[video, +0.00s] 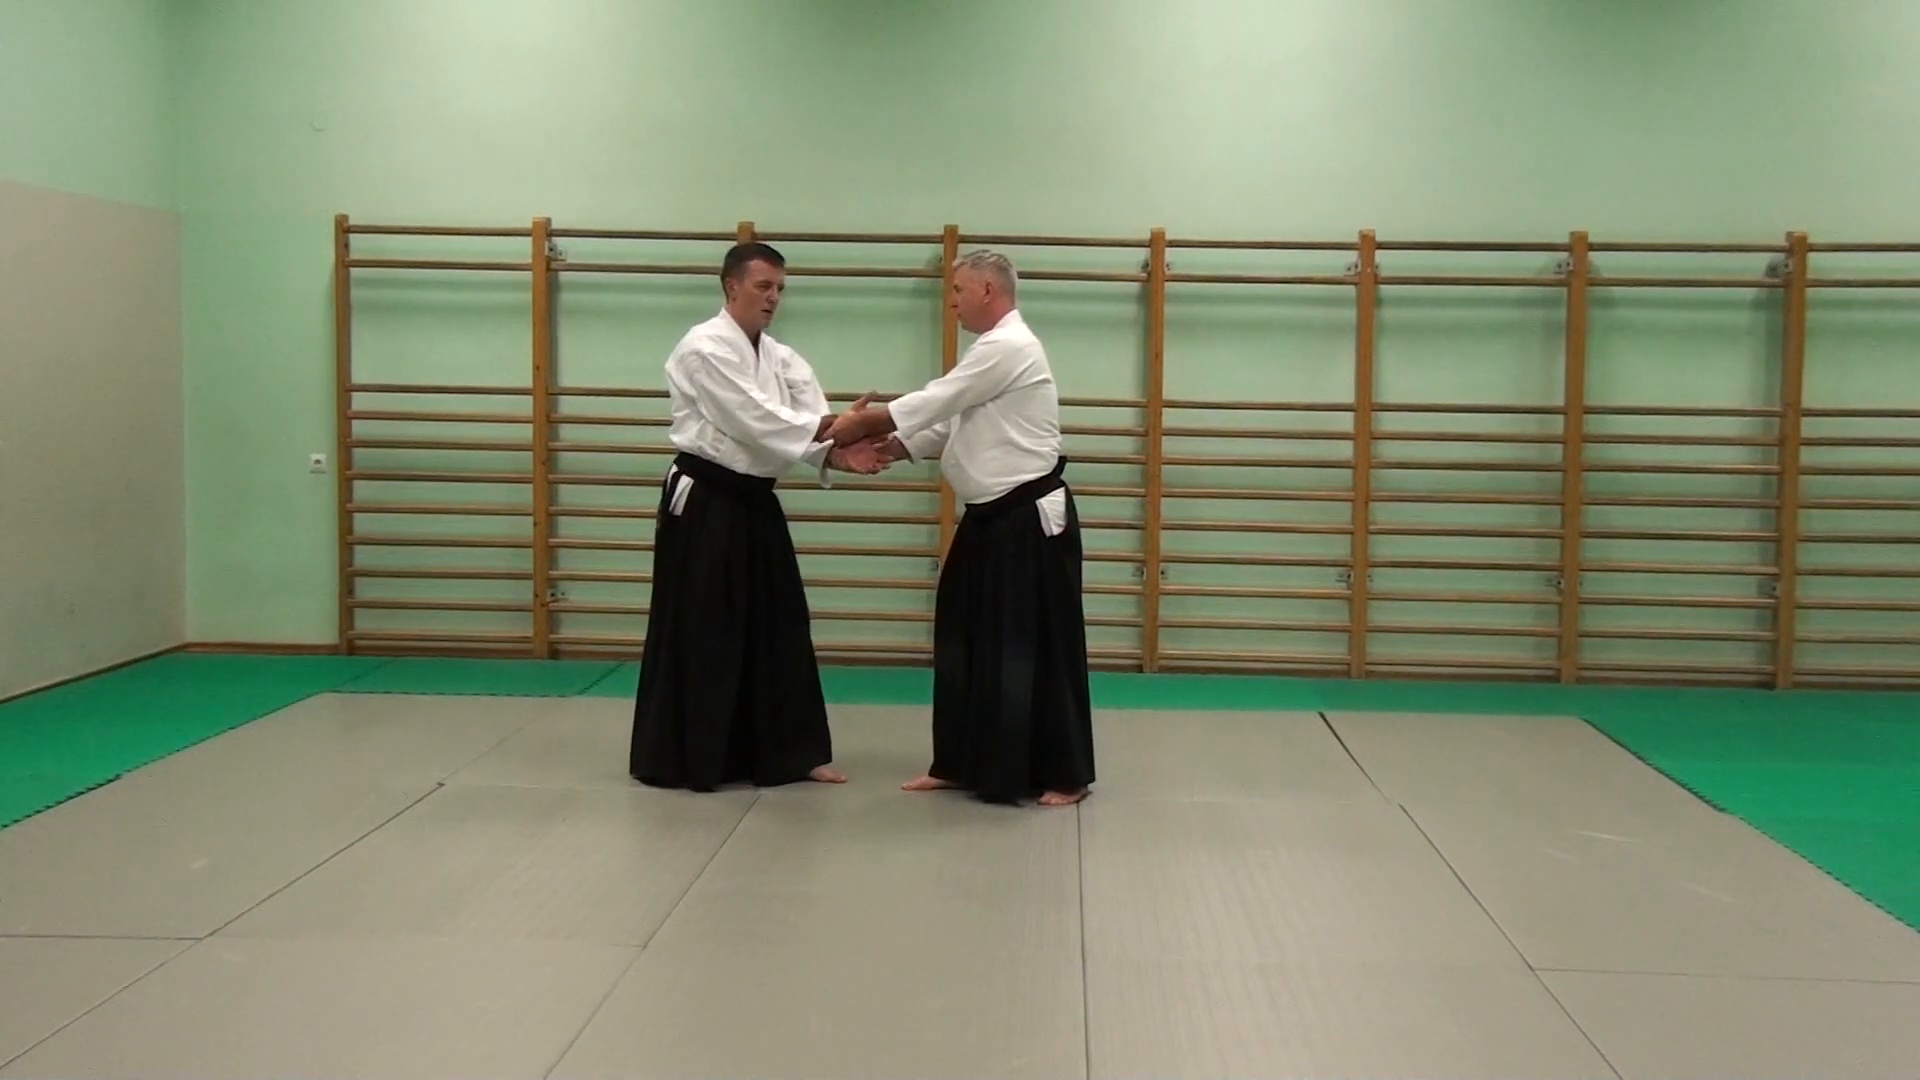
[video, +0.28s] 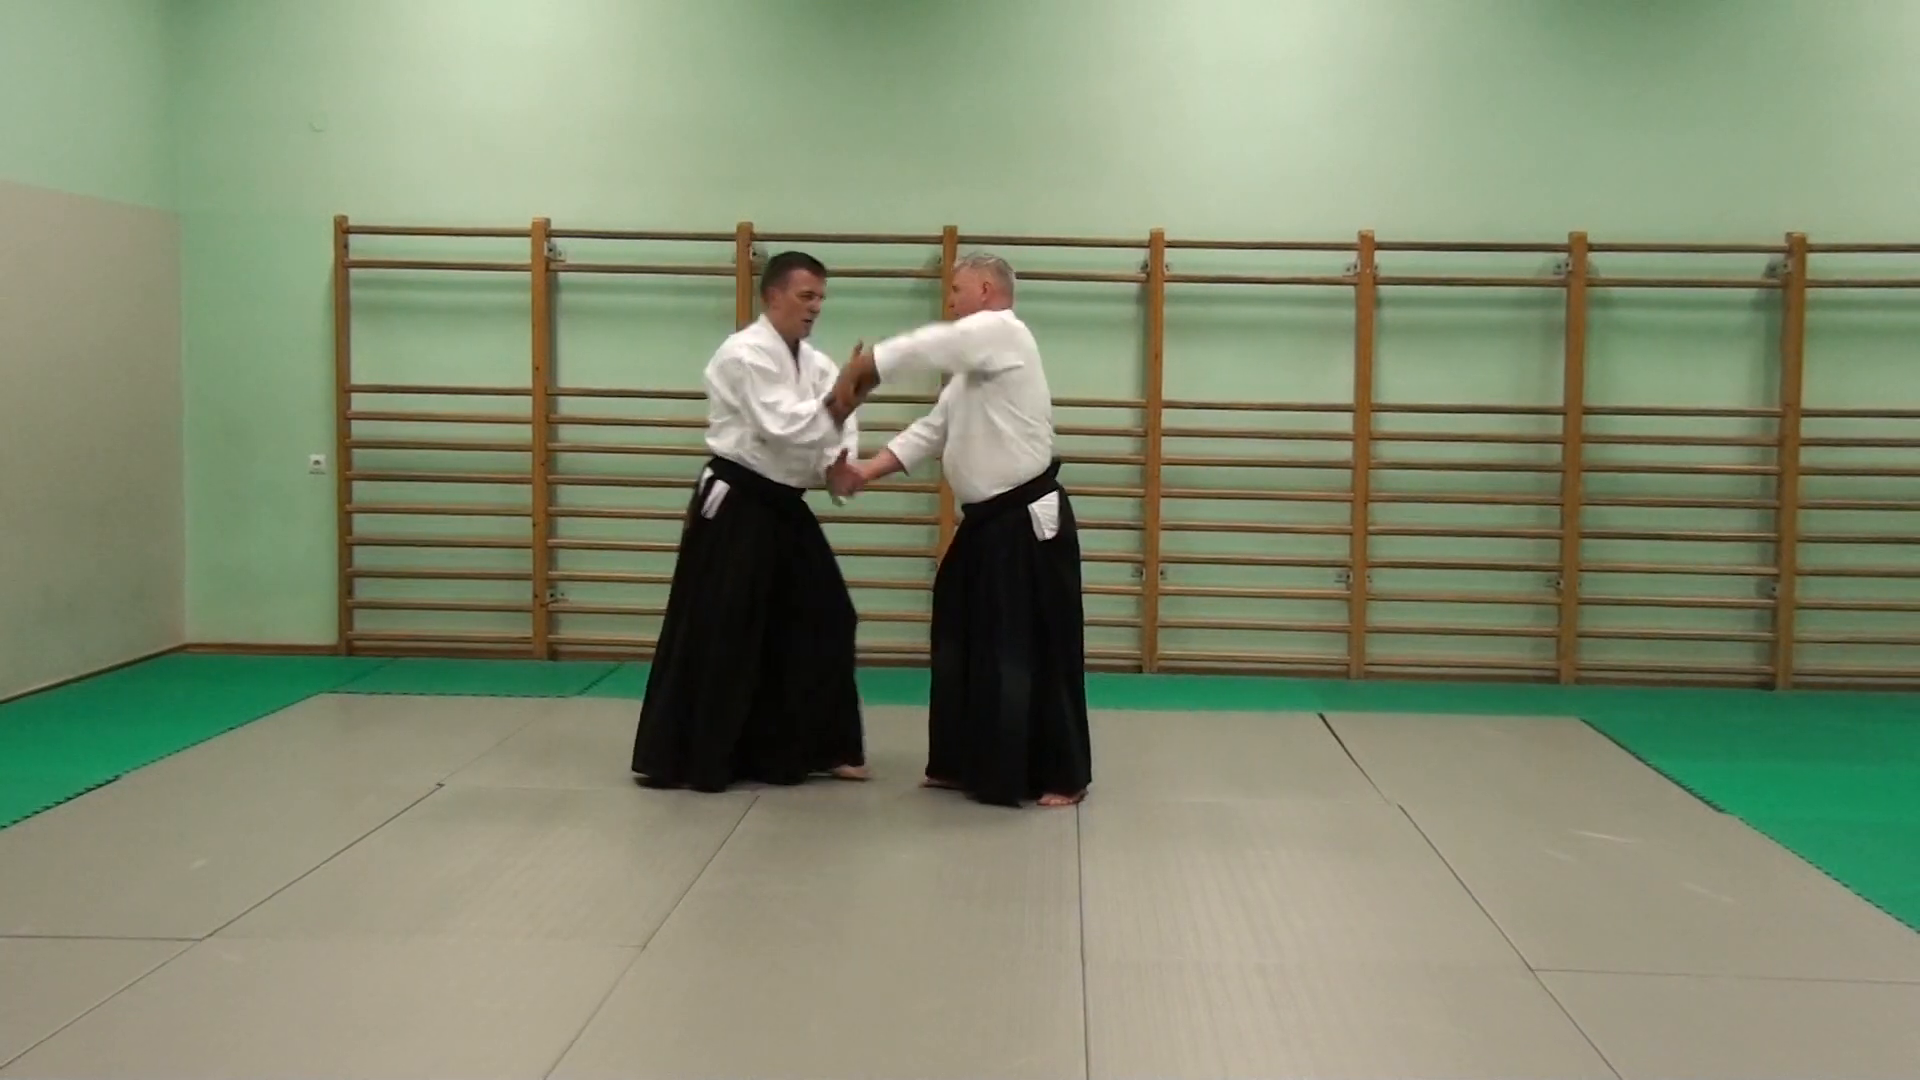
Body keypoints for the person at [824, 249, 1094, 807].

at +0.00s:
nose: (953, 303)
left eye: (958, 291)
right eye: (952, 293)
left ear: (990, 290)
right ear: (989, 291)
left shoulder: (1010, 346)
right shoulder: (990, 351)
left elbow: (938, 400)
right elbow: (950, 432)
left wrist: (864, 417)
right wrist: (889, 446)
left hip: (1031, 514)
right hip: (985, 516)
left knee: (1043, 644)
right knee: (960, 637)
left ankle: (1065, 775)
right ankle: (958, 764)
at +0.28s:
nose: (950, 301)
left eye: (956, 289)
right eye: (950, 292)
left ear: (987, 289)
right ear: (984, 291)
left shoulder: (1001, 330)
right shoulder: (972, 356)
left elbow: (938, 343)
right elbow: (934, 427)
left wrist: (869, 364)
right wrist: (870, 468)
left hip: (1028, 518)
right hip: (982, 521)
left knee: (1042, 645)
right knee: (956, 635)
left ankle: (1061, 774)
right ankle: (960, 762)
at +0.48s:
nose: (964, 311)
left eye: (974, 301)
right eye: (967, 302)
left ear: (995, 308)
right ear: (977, 310)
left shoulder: (996, 341)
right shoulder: (969, 369)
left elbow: (942, 268)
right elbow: (953, 469)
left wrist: (910, 299)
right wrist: (904, 526)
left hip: (1004, 513)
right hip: (982, 517)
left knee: (969, 641)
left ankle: (1011, 770)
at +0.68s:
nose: (997, 310)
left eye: (1005, 306)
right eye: (1008, 307)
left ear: (1005, 317)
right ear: (1024, 334)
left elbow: (942, 253)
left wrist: (923, 253)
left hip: (952, 488)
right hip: (999, 497)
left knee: (925, 626)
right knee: (965, 626)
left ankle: (954, 770)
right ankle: (960, 762)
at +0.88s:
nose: (1042, 373)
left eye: (1046, 371)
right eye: (1047, 370)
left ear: (1030, 372)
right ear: (1049, 408)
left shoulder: (971, 358)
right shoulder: (1018, 447)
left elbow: (944, 287)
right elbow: (975, 529)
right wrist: (939, 575)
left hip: (859, 487)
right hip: (922, 510)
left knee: (835, 634)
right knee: (950, 642)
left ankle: (841, 776)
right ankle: (952, 779)